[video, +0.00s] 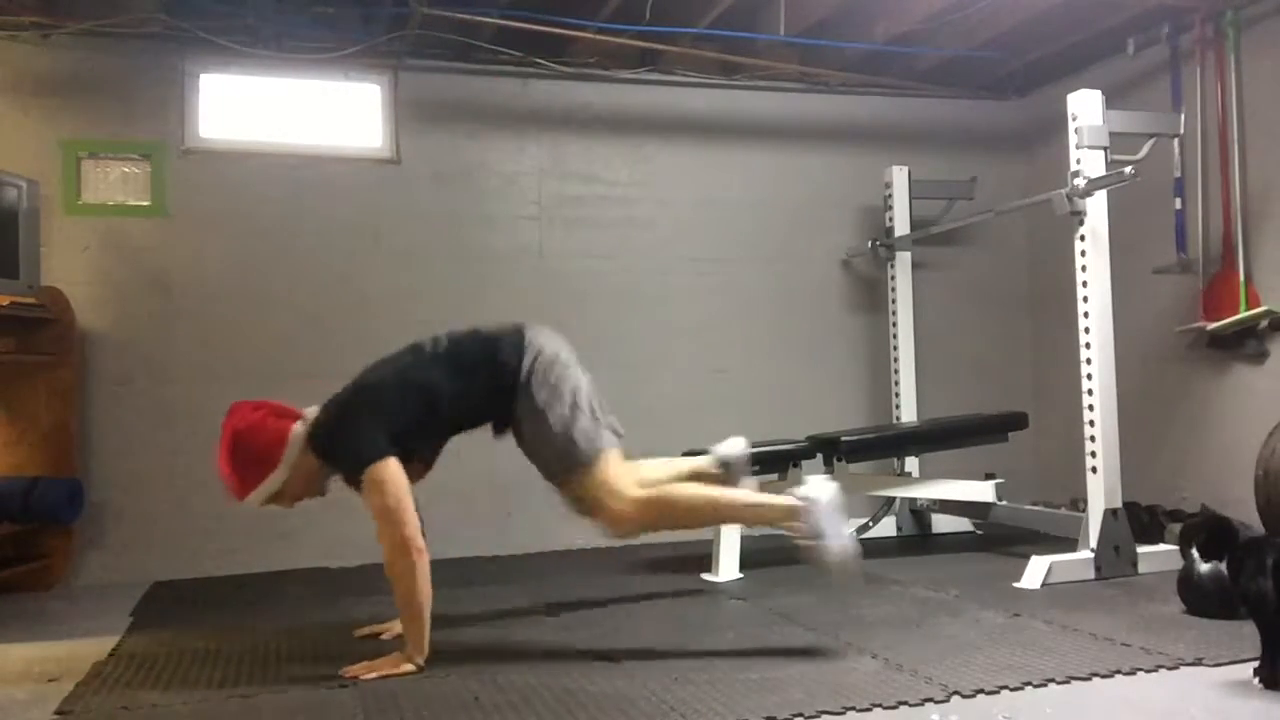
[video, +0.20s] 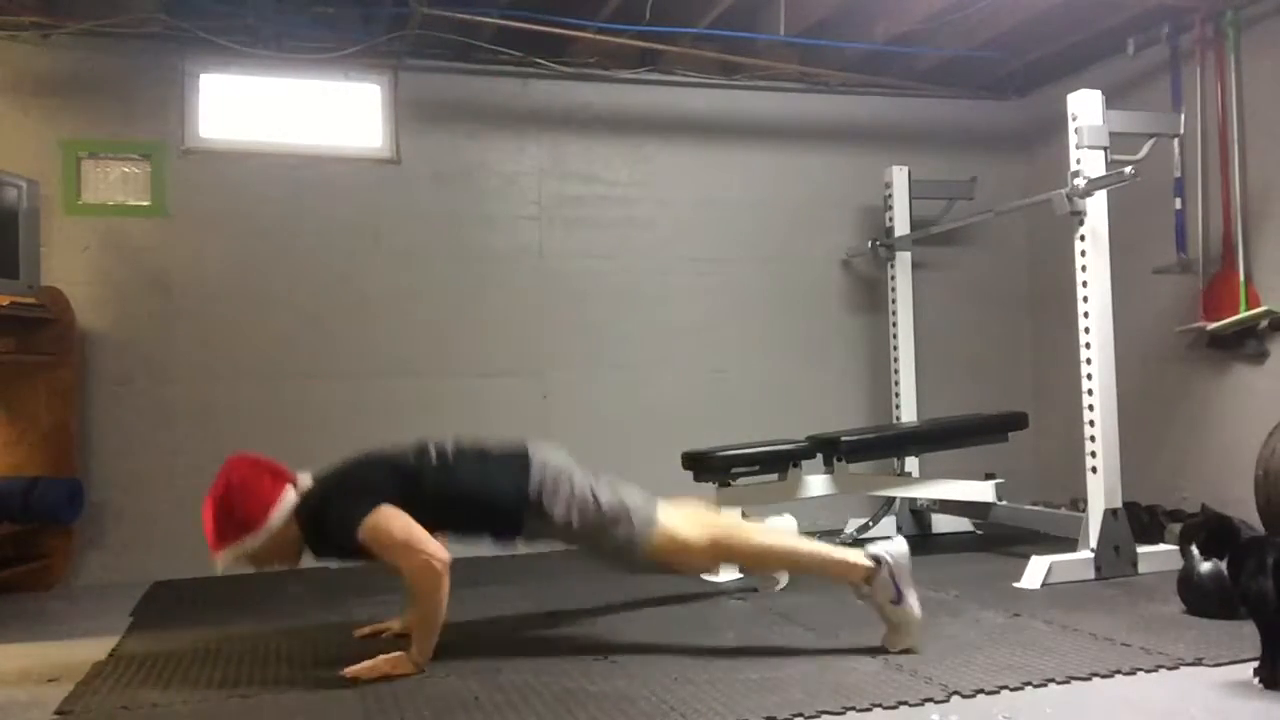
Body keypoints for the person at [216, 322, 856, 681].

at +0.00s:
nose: (285, 505)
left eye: (274, 493)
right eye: (270, 500)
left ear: (288, 458)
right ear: (288, 446)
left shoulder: (359, 435)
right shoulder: (347, 425)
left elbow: (406, 549)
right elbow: (402, 534)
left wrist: (415, 651)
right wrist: (407, 614)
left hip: (528, 370)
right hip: (517, 382)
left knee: (623, 509)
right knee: (604, 496)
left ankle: (801, 510)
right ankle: (716, 466)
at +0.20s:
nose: (247, 564)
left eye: (243, 551)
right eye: (239, 554)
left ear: (264, 525)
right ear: (266, 510)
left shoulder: (342, 509)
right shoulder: (327, 501)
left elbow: (431, 562)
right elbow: (424, 556)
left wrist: (418, 655)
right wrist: (408, 630)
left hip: (541, 490)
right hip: (528, 488)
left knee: (700, 542)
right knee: (676, 532)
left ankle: (871, 570)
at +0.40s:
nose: (257, 634)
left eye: (253, 622)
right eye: (248, 623)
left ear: (273, 600)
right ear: (281, 572)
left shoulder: (340, 582)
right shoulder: (336, 579)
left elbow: (438, 571)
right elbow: (429, 570)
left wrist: (414, 658)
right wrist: (400, 637)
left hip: (559, 582)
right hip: (552, 582)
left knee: (723, 591)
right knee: (672, 568)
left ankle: (891, 574)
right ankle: (759, 527)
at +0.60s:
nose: (245, 599)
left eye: (248, 587)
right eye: (242, 587)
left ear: (276, 567)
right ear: (278, 549)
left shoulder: (343, 557)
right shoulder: (334, 552)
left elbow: (436, 571)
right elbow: (433, 562)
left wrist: (413, 655)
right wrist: (412, 627)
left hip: (554, 561)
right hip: (544, 568)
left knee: (721, 583)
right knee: (666, 568)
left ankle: (887, 571)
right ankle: (768, 524)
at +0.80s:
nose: (261, 517)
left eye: (259, 504)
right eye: (251, 508)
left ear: (289, 472)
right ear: (288, 471)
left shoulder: (358, 471)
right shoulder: (340, 483)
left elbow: (423, 556)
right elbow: (415, 552)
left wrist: (417, 652)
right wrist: (410, 634)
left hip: (554, 491)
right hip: (544, 506)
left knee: (707, 544)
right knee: (669, 547)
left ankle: (886, 575)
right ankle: (760, 553)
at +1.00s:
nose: (291, 464)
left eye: (286, 451)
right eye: (280, 455)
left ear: (306, 429)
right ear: (312, 414)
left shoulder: (386, 421)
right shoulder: (371, 421)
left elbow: (415, 546)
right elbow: (408, 539)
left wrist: (416, 652)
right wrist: (410, 621)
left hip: (560, 360)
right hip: (537, 384)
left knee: (590, 507)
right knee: (561, 503)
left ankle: (762, 539)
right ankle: (694, 505)